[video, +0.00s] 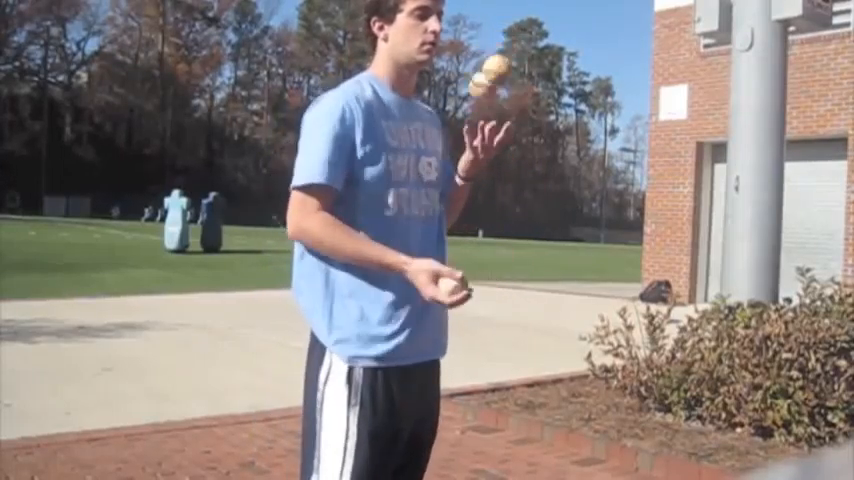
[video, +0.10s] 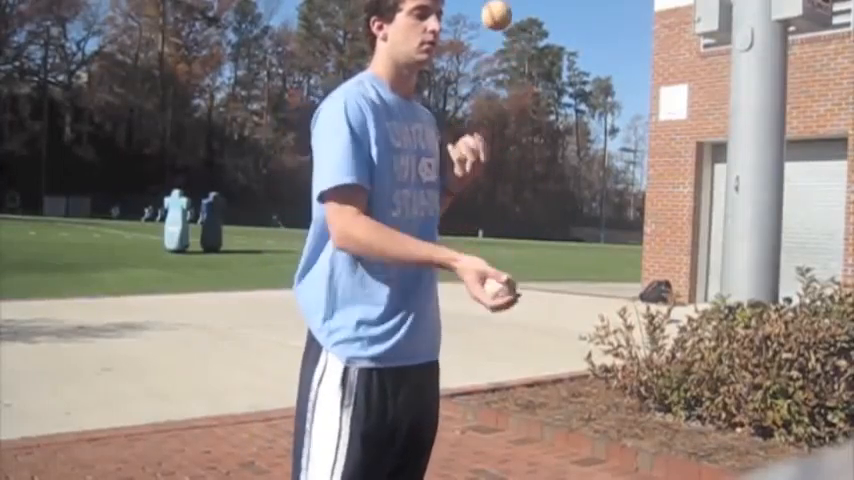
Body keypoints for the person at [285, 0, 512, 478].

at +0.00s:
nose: (436, 28)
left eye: (439, 17)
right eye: (421, 14)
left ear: (440, 29)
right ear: (381, 27)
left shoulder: (431, 121)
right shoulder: (340, 109)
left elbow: (436, 221)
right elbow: (303, 220)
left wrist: (467, 171)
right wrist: (407, 265)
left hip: (421, 350)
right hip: (356, 353)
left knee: (405, 471)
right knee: (345, 471)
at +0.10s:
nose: (435, 27)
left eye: (439, 17)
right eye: (420, 14)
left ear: (440, 30)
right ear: (380, 27)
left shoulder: (425, 118)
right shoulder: (347, 106)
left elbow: (419, 216)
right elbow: (345, 228)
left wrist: (456, 184)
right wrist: (456, 261)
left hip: (417, 354)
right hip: (353, 355)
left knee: (404, 472)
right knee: (334, 473)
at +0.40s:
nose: (436, 23)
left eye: (439, 13)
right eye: (421, 10)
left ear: (441, 27)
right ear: (381, 23)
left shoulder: (437, 125)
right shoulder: (338, 100)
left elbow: (437, 235)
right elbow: (339, 217)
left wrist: (468, 287)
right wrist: (443, 170)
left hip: (418, 354)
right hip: (350, 353)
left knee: (405, 471)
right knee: (337, 471)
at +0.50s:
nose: (438, 23)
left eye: (440, 13)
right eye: (422, 11)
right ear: (382, 24)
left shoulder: (440, 124)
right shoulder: (337, 102)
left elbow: (434, 230)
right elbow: (301, 215)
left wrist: (475, 235)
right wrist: (408, 192)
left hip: (419, 354)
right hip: (349, 354)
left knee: (407, 471)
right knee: (339, 471)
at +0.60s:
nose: (438, 21)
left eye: (440, 12)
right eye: (423, 10)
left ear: (440, 25)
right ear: (382, 22)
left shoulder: (436, 120)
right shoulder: (342, 102)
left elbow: (446, 229)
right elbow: (290, 210)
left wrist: (477, 183)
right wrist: (396, 239)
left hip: (420, 354)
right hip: (352, 355)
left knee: (405, 472)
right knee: (339, 472)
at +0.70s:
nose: (437, 19)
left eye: (440, 10)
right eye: (422, 8)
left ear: (441, 24)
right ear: (382, 22)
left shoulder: (424, 116)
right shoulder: (347, 105)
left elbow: (421, 213)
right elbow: (310, 221)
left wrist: (464, 164)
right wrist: (412, 273)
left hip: (419, 355)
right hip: (356, 359)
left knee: (405, 472)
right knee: (338, 473)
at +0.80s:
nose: (438, 16)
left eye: (439, 7)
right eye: (421, 6)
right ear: (382, 22)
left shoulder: (414, 110)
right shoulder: (356, 105)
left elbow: (407, 203)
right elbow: (348, 230)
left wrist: (458, 178)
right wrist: (457, 280)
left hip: (418, 355)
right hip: (359, 358)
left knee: (406, 471)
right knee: (337, 471)